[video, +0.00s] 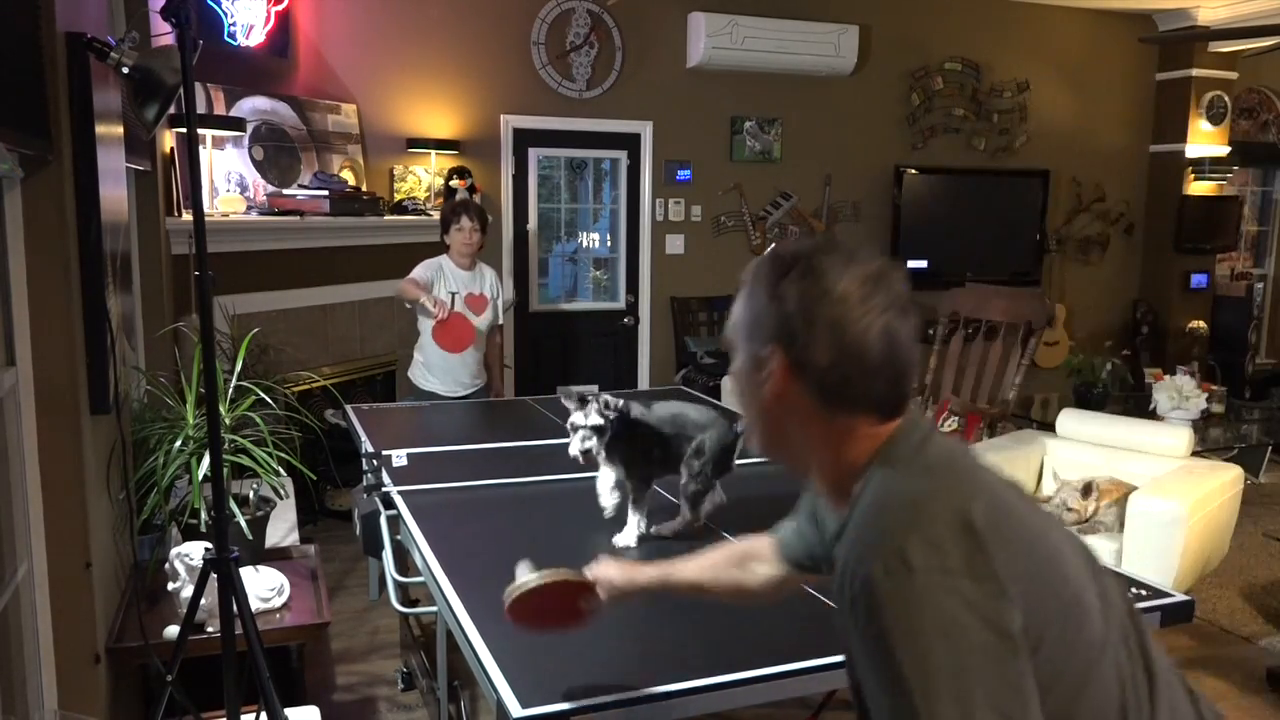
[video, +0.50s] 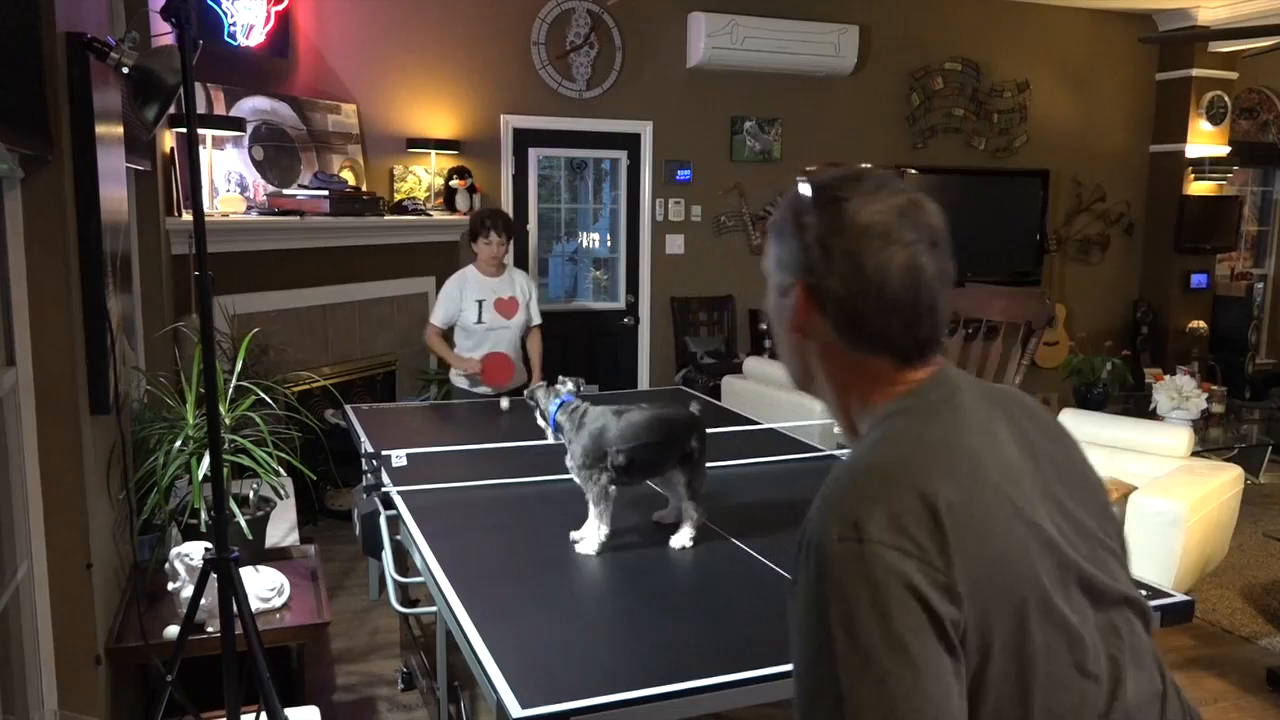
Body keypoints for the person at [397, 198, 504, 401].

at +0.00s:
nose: (468, 236)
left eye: (475, 230)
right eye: (459, 229)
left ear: (482, 237)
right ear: (446, 237)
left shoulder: (489, 277)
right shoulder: (432, 268)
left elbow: (494, 335)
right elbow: (405, 287)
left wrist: (496, 383)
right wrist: (425, 298)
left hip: (474, 388)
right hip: (430, 389)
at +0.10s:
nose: (469, 235)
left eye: (475, 229)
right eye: (460, 228)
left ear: (483, 236)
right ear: (447, 236)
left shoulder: (491, 276)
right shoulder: (433, 268)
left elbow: (496, 330)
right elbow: (399, 291)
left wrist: (498, 380)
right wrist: (418, 303)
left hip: (478, 385)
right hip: (434, 387)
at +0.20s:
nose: (471, 234)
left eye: (478, 228)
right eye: (463, 227)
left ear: (486, 236)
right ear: (450, 234)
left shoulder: (497, 276)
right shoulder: (433, 269)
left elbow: (502, 329)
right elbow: (394, 295)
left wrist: (507, 380)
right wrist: (413, 311)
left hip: (486, 385)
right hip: (441, 387)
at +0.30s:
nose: (476, 236)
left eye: (483, 230)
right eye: (468, 229)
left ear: (491, 236)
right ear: (455, 235)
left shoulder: (501, 275)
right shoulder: (437, 271)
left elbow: (511, 329)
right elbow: (395, 305)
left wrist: (515, 381)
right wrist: (412, 323)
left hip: (494, 385)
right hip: (447, 388)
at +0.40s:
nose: (485, 242)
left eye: (491, 235)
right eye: (476, 235)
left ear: (499, 239)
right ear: (464, 241)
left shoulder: (512, 279)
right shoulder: (446, 278)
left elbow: (521, 330)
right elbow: (410, 322)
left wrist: (527, 380)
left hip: (502, 389)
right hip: (458, 390)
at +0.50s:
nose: (496, 251)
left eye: (502, 244)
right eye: (487, 243)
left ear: (508, 245)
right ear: (474, 245)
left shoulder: (522, 281)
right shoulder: (458, 283)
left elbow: (532, 330)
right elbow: (431, 334)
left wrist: (536, 377)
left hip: (515, 387)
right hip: (470, 391)